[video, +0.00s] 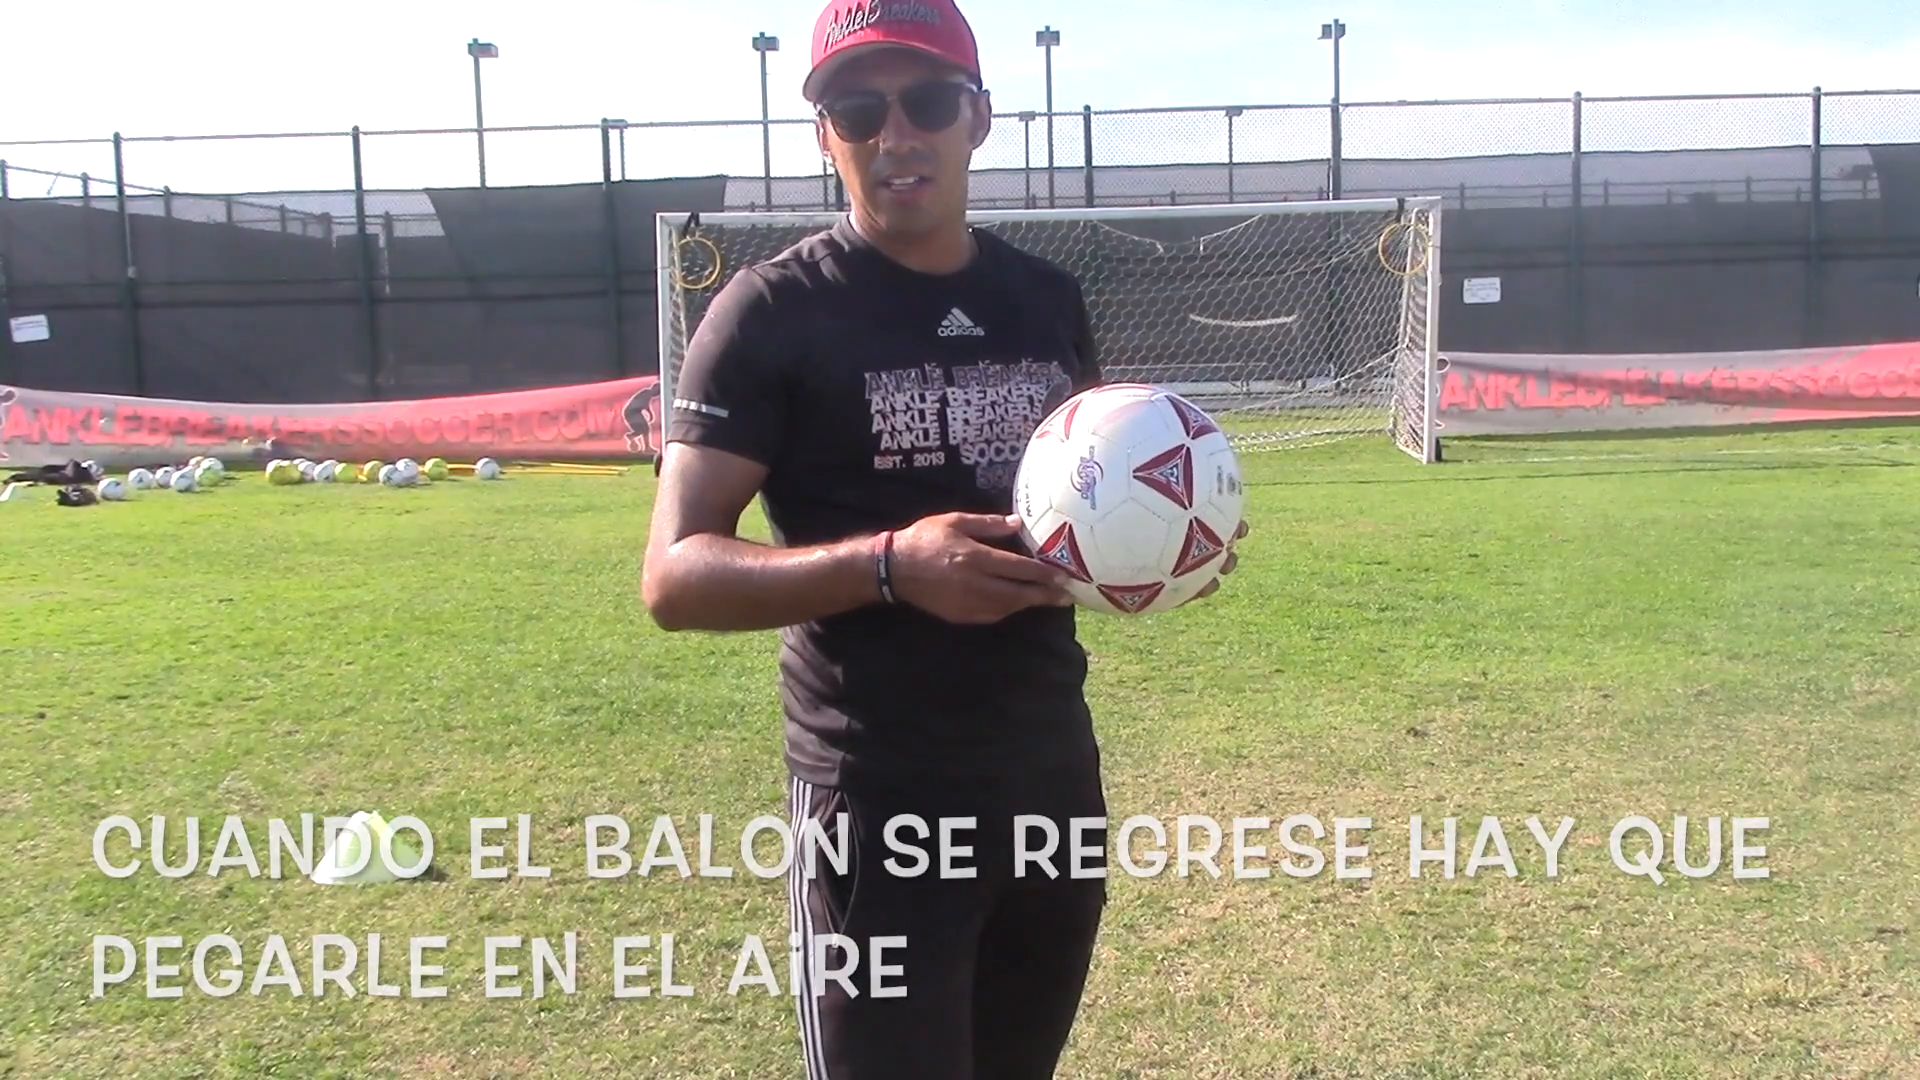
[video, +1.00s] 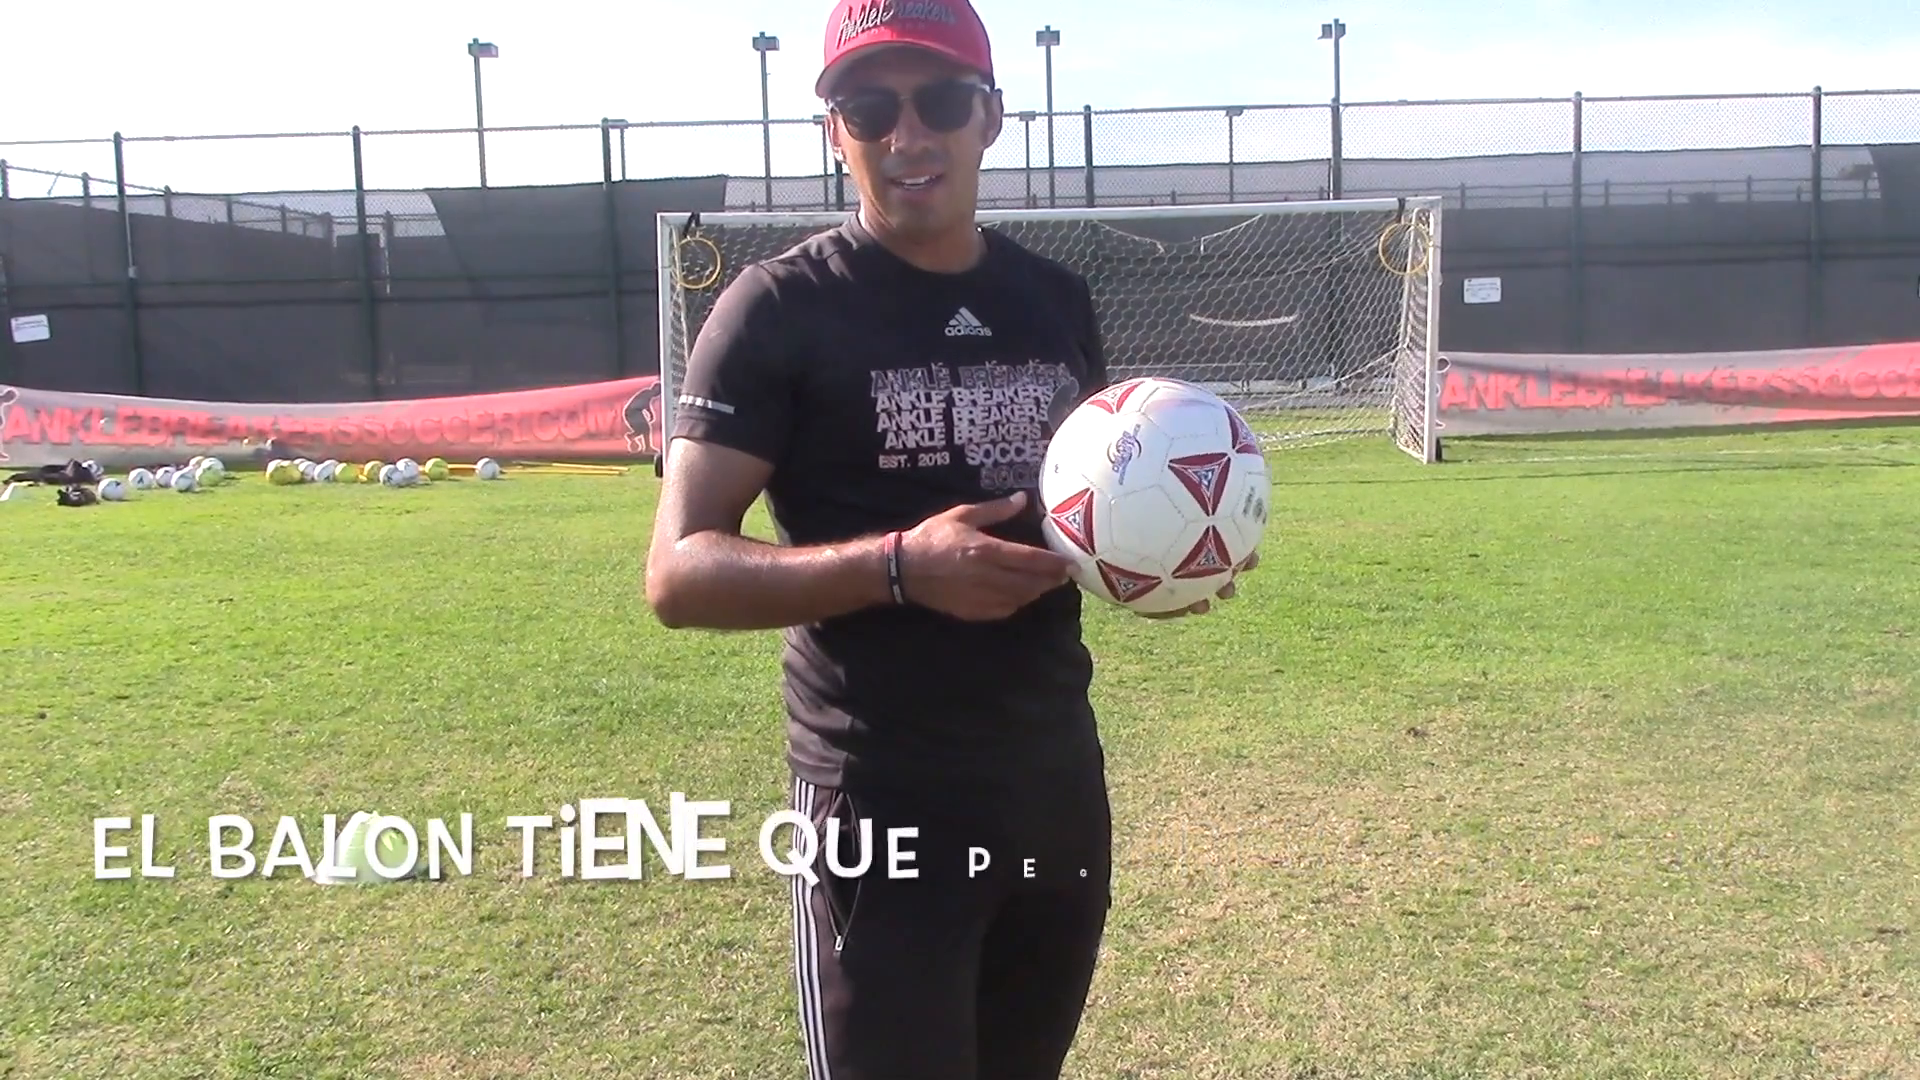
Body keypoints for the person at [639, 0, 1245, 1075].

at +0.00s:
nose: (897, 140)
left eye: (928, 104)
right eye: (862, 112)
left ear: (978, 119)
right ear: (826, 140)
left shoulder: (1046, 297)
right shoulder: (768, 312)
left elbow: (1088, 496)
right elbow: (674, 578)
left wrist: (1156, 505)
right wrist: (888, 565)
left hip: (1047, 759)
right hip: (872, 774)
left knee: (1019, 1062)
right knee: (888, 1062)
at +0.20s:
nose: (894, 139)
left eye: (926, 104)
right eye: (860, 111)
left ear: (977, 119)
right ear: (825, 139)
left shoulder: (1046, 297)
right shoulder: (768, 312)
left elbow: (1086, 491)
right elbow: (673, 578)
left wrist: (1158, 519)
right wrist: (882, 564)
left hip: (1047, 757)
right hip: (874, 772)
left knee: (1020, 1061)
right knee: (888, 1062)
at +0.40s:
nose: (898, 142)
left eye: (929, 106)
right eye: (862, 114)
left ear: (980, 120)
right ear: (826, 140)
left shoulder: (1049, 297)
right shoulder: (768, 311)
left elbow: (1092, 493)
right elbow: (678, 577)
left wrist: (1177, 534)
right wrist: (885, 569)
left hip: (1050, 765)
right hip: (873, 780)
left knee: (1019, 1062)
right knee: (889, 1061)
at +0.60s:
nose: (903, 139)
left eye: (935, 105)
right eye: (869, 111)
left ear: (985, 120)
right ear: (833, 137)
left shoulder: (1051, 299)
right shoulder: (773, 308)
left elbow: (1087, 498)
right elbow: (679, 573)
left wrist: (1170, 511)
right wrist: (901, 576)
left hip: (1050, 765)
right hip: (875, 781)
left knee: (1020, 1061)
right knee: (889, 1061)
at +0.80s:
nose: (910, 141)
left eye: (942, 107)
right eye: (874, 111)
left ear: (989, 120)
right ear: (835, 136)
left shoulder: (1052, 300)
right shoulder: (772, 309)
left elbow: (1090, 501)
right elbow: (678, 572)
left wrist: (1153, 473)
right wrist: (899, 574)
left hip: (1051, 769)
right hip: (877, 783)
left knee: (1022, 1063)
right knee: (889, 1062)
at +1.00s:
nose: (909, 139)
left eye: (941, 104)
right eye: (874, 109)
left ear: (990, 118)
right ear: (836, 135)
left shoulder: (1053, 300)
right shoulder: (774, 309)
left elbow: (1093, 499)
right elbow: (678, 574)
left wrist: (1161, 482)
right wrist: (897, 567)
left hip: (1053, 771)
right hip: (876, 783)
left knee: (1023, 1063)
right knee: (890, 1062)